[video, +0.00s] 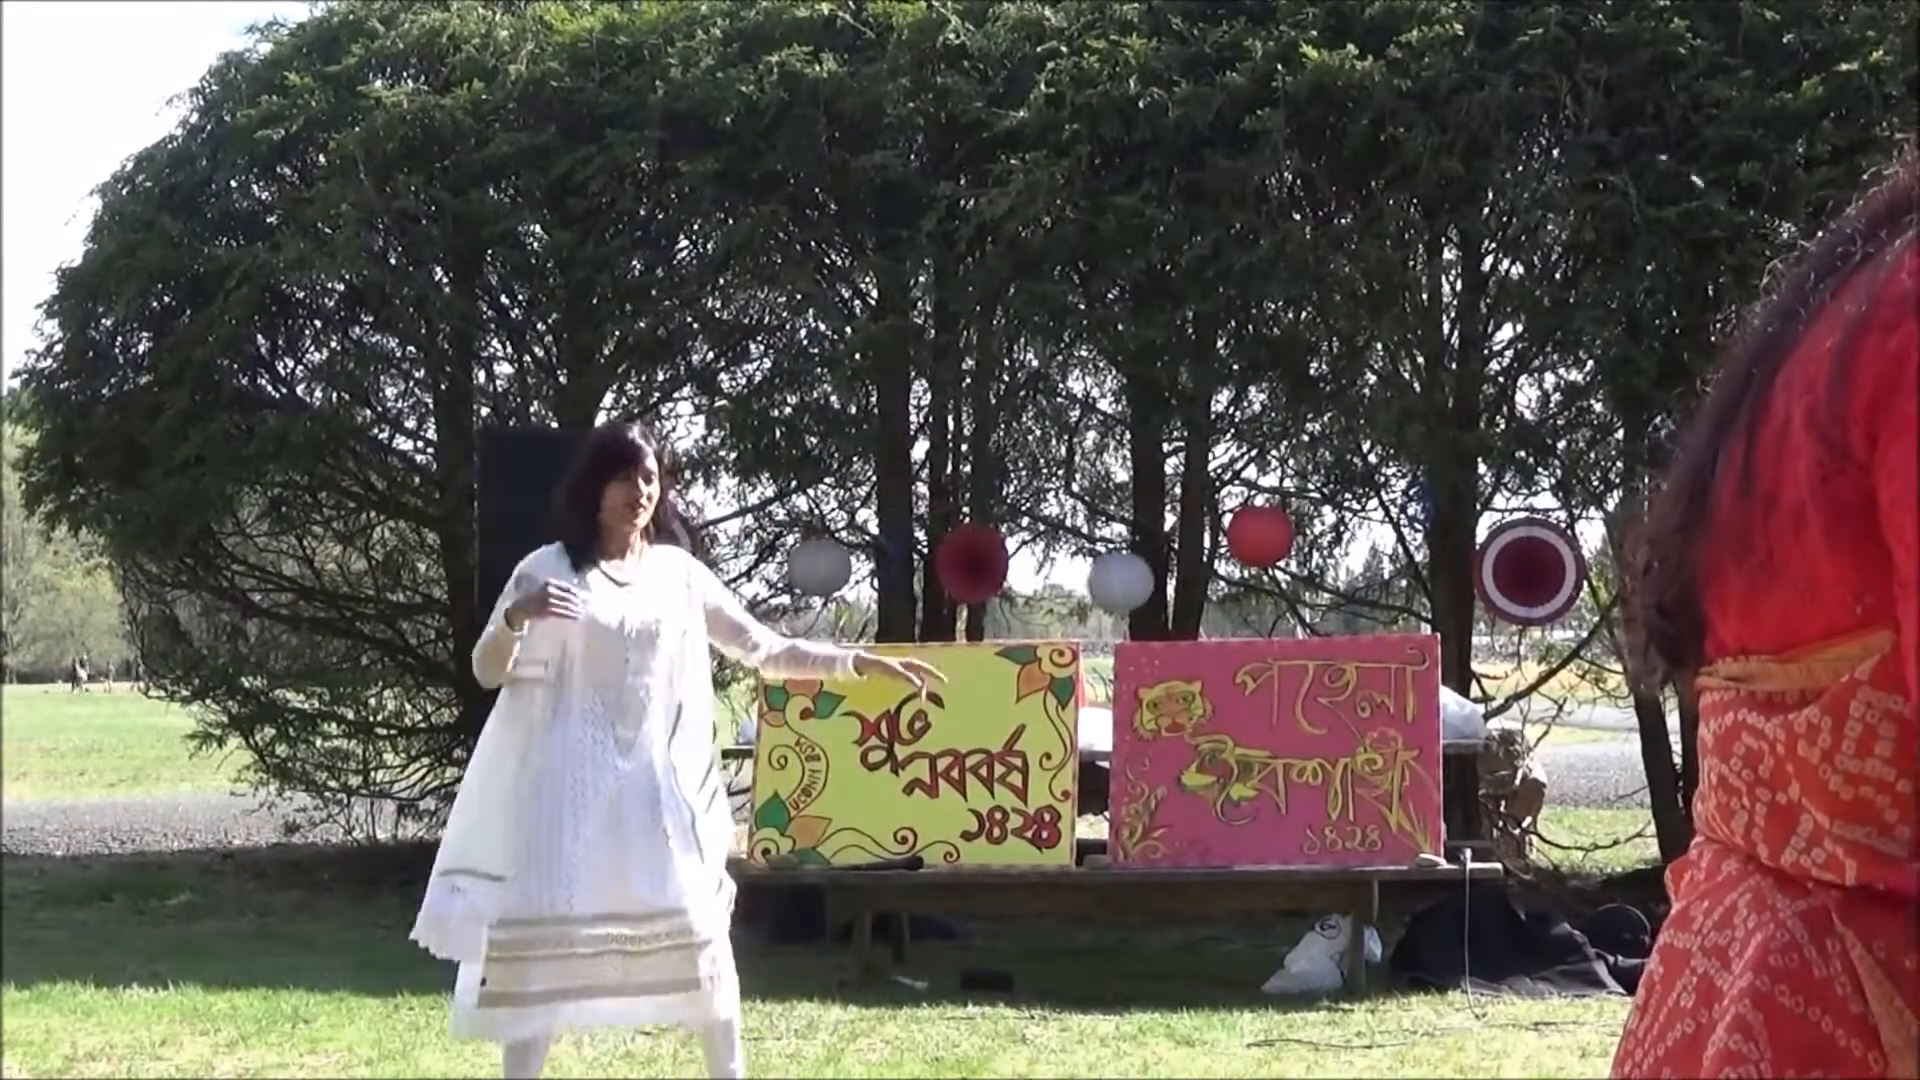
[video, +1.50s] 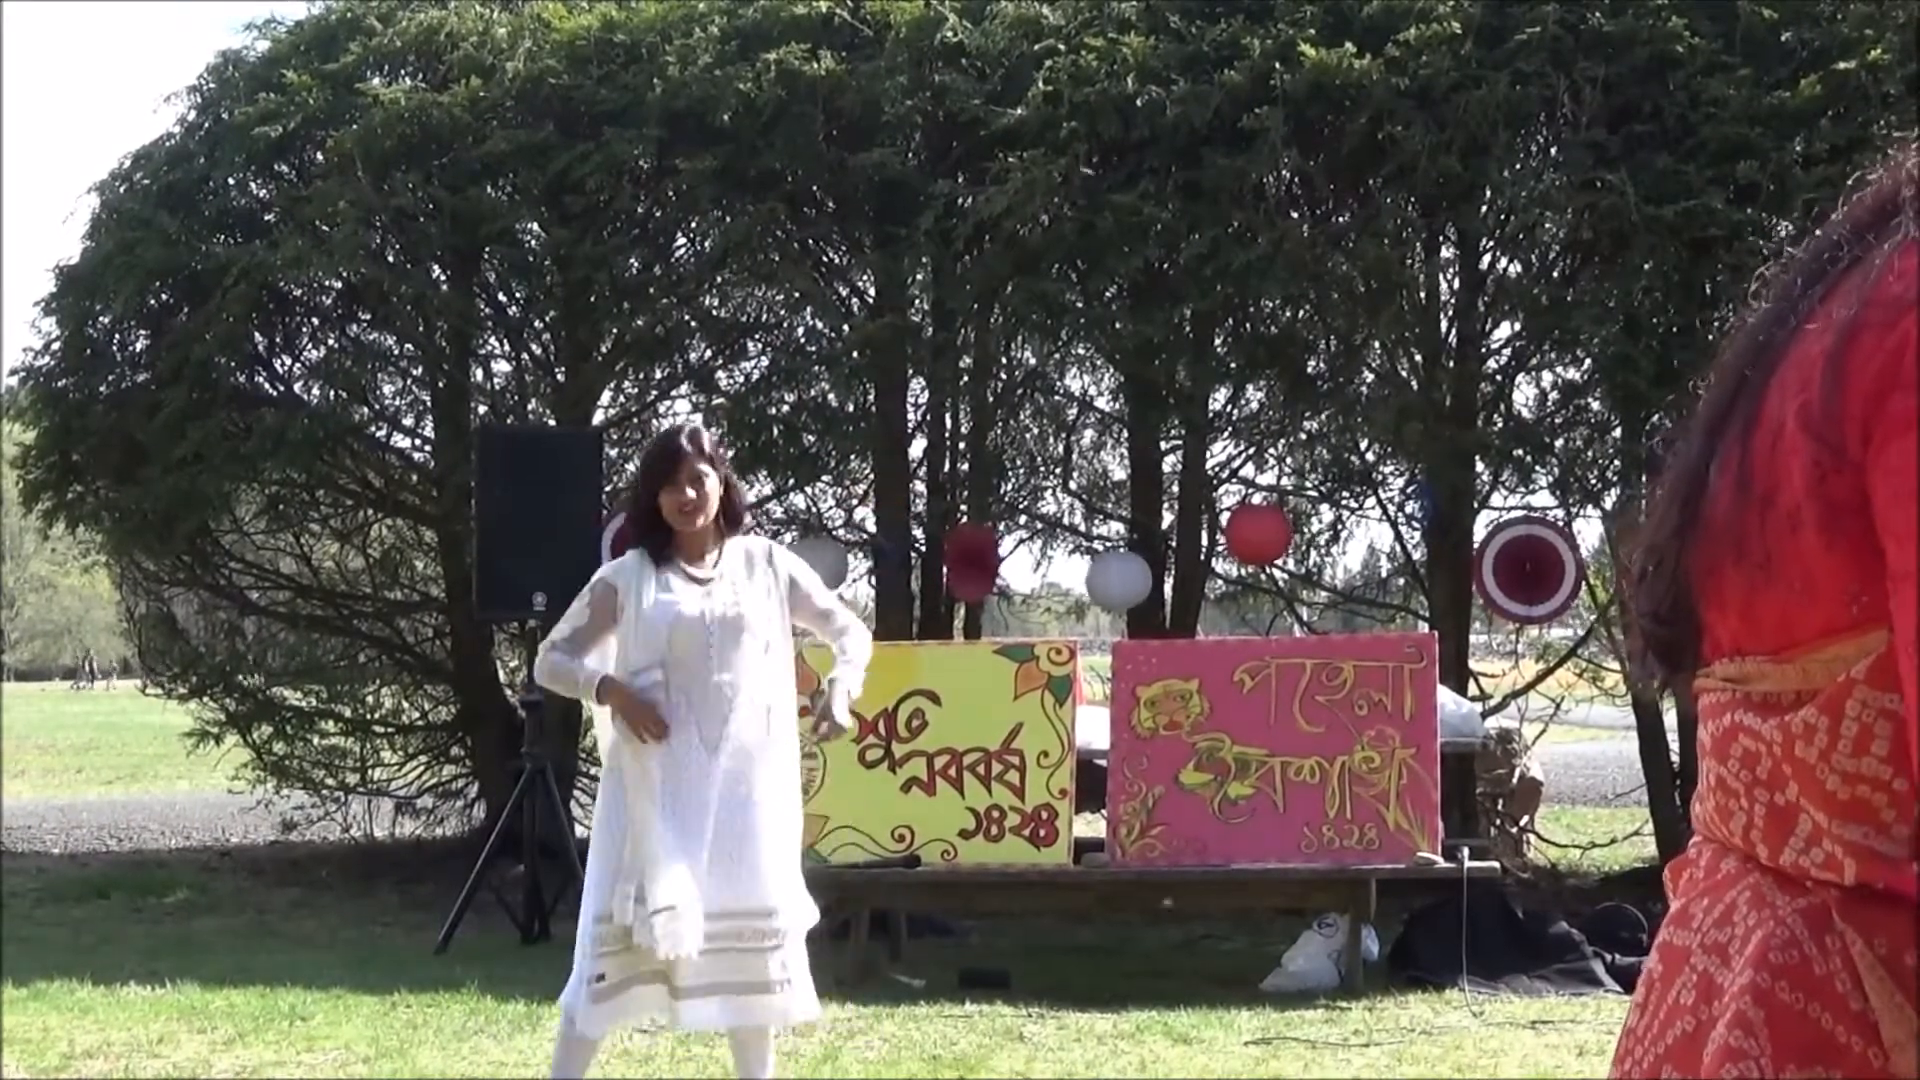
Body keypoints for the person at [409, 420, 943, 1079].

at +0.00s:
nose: (640, 488)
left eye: (650, 477)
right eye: (625, 475)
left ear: (660, 490)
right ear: (593, 486)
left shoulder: (680, 573)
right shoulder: (546, 569)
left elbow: (766, 649)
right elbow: (487, 671)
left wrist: (863, 659)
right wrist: (513, 616)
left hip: (660, 788)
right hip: (558, 789)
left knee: (708, 953)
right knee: (532, 958)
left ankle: (728, 1072)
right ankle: (519, 1075)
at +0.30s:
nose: (680, 493)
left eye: (685, 479)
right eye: (662, 483)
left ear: (698, 491)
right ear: (633, 500)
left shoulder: (725, 572)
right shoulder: (636, 580)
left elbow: (811, 643)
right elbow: (725, 634)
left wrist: (857, 572)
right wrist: (782, 550)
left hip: (743, 792)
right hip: (650, 796)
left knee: (774, 956)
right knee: (590, 952)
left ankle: (763, 1071)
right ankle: (538, 1071)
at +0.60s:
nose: (718, 516)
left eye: (722, 502)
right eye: (699, 509)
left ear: (737, 511)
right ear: (676, 528)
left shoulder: (771, 586)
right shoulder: (694, 603)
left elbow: (861, 626)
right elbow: (822, 630)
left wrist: (881, 536)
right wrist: (866, 532)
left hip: (792, 814)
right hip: (714, 820)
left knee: (807, 981)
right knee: (658, 974)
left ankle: (782, 1072)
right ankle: (584, 1074)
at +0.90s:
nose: (721, 527)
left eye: (730, 510)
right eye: (704, 519)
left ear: (754, 512)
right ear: (688, 534)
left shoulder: (796, 584)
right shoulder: (694, 611)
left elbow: (831, 703)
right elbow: (731, 715)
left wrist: (863, 670)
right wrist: (822, 657)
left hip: (803, 817)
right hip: (719, 822)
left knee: (818, 982)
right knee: (650, 969)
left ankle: (777, 1073)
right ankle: (584, 1074)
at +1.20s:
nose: (710, 515)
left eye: (722, 499)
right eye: (695, 505)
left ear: (751, 498)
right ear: (681, 515)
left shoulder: (806, 576)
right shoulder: (673, 594)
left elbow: (842, 660)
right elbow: (632, 702)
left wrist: (838, 695)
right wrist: (684, 712)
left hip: (791, 806)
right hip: (698, 809)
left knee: (794, 974)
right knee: (643, 962)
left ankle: (769, 1075)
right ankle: (579, 1073)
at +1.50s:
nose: (687, 497)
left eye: (699, 481)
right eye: (672, 485)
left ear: (723, 486)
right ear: (653, 495)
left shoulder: (771, 565)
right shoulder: (626, 576)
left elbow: (852, 636)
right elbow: (552, 661)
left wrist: (840, 689)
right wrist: (614, 690)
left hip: (750, 796)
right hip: (648, 799)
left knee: (758, 966)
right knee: (603, 966)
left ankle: (755, 1076)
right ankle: (563, 1075)